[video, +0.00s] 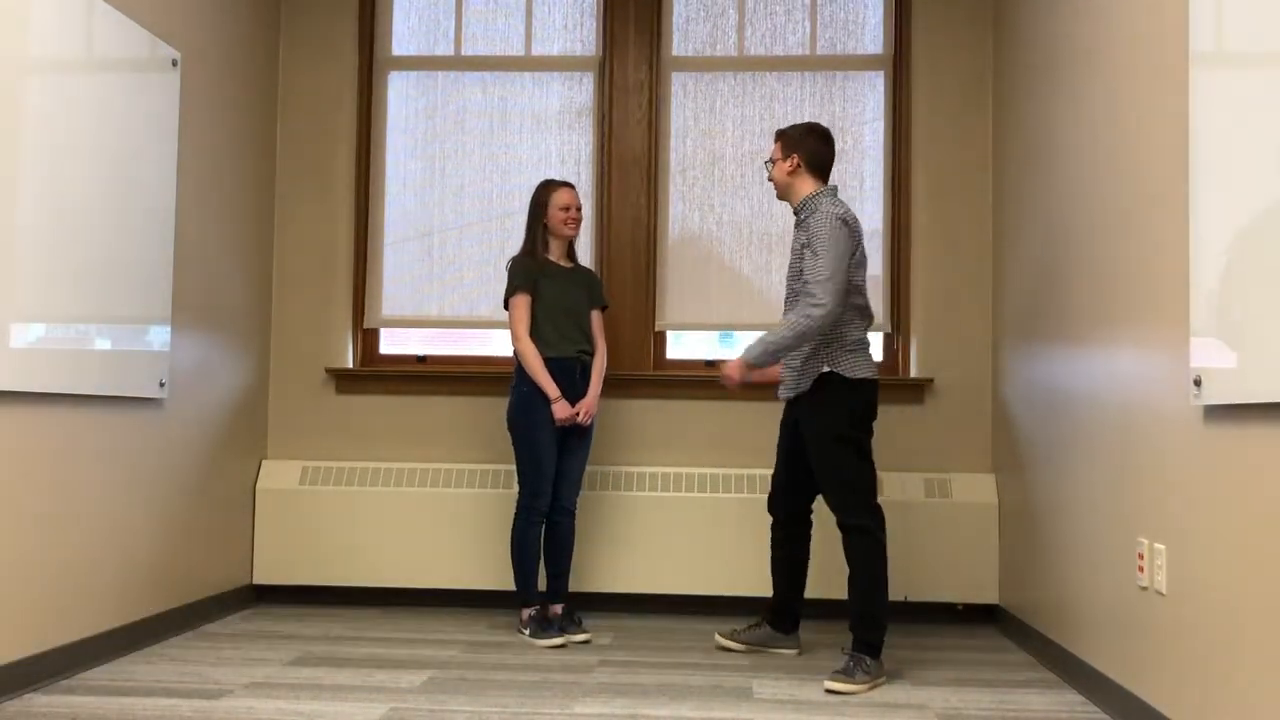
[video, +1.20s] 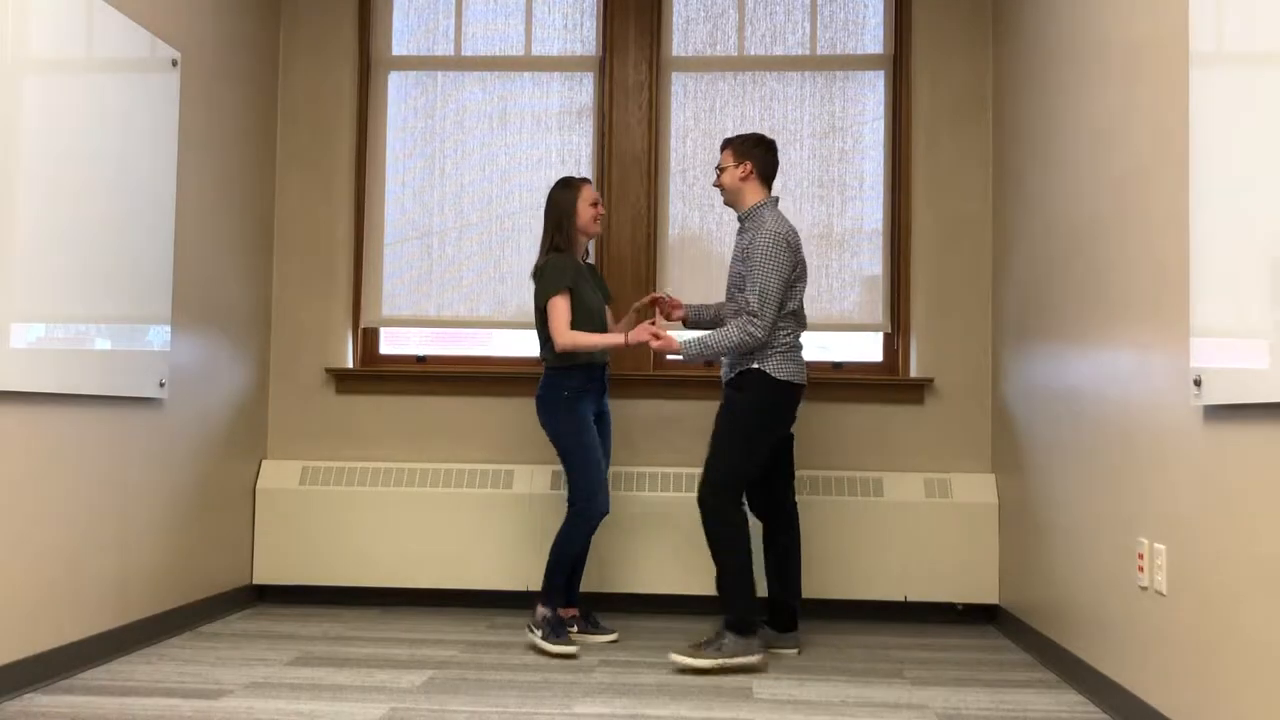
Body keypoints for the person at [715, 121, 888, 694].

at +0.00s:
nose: (768, 170)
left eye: (774, 160)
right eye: (770, 160)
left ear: (797, 163)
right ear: (803, 163)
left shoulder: (829, 217)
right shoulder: (811, 218)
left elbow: (821, 309)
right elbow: (826, 311)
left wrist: (750, 356)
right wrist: (792, 367)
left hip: (840, 387)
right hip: (811, 384)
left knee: (858, 519)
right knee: (788, 506)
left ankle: (866, 653)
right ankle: (781, 625)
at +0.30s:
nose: (749, 176)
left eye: (754, 166)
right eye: (751, 167)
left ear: (778, 168)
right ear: (782, 169)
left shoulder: (802, 227)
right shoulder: (788, 227)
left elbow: (765, 313)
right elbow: (768, 316)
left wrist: (694, 346)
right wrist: (706, 354)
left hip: (802, 383)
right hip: (781, 384)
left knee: (803, 505)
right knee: (770, 504)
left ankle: (847, 644)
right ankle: (779, 627)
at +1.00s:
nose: (726, 180)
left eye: (731, 170)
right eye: (728, 171)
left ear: (755, 173)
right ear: (762, 175)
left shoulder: (771, 228)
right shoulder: (777, 227)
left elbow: (749, 319)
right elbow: (750, 319)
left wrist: (681, 333)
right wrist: (687, 324)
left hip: (768, 383)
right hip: (781, 382)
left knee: (723, 496)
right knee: (775, 502)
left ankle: (769, 624)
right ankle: (782, 625)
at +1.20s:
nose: (715, 177)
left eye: (721, 168)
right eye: (718, 169)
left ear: (745, 169)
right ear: (748, 171)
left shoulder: (767, 232)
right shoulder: (756, 229)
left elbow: (755, 329)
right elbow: (740, 312)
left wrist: (682, 347)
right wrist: (685, 313)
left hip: (762, 381)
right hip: (768, 379)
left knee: (717, 496)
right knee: (773, 501)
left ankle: (741, 631)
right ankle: (782, 622)